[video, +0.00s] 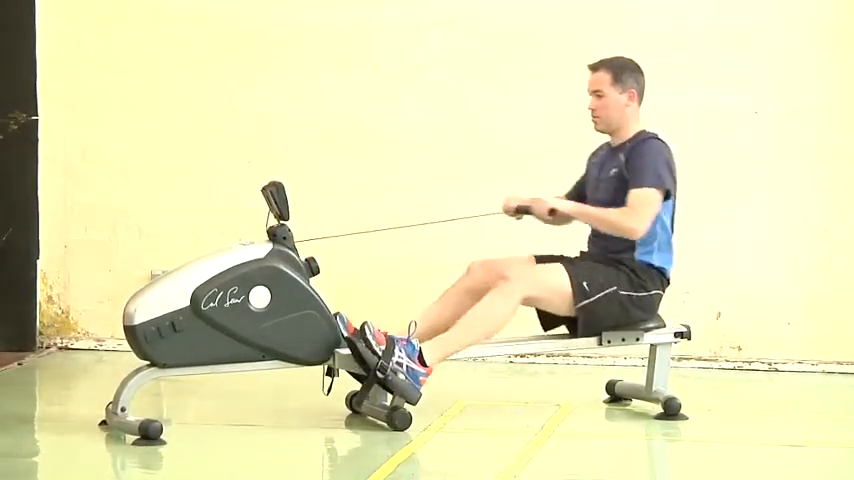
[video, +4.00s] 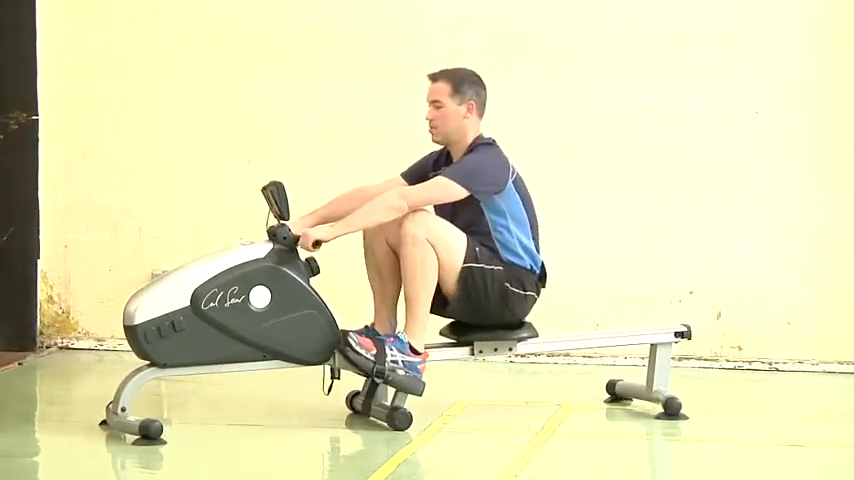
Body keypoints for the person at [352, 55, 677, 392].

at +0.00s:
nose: (590, 106)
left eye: (598, 96)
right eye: (589, 96)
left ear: (631, 99)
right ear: (620, 100)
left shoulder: (650, 151)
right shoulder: (603, 157)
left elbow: (635, 223)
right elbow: (567, 214)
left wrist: (570, 208)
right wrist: (532, 206)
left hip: (634, 281)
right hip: (599, 271)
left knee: (516, 283)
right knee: (481, 272)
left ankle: (423, 364)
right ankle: (403, 346)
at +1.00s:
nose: (418, 118)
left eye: (427, 109)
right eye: (418, 110)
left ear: (460, 112)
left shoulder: (481, 164)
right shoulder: (428, 164)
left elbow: (399, 204)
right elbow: (367, 196)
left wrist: (333, 231)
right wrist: (302, 222)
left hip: (500, 293)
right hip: (458, 292)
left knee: (410, 225)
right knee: (371, 222)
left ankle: (412, 347)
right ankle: (380, 333)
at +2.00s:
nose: (601, 105)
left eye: (610, 96)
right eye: (601, 96)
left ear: (642, 97)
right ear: (626, 98)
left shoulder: (660, 154)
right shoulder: (608, 153)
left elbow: (604, 208)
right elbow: (554, 191)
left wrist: (530, 211)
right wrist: (498, 202)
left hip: (630, 276)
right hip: (595, 265)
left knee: (511, 273)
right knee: (478, 267)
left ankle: (422, 361)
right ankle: (398, 344)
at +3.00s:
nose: (540, 109)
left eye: (549, 100)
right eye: (540, 100)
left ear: (580, 102)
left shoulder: (602, 153)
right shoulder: (552, 158)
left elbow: (559, 214)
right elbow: (507, 196)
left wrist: (484, 215)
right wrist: (458, 207)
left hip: (609, 282)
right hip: (572, 276)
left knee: (499, 261)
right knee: (461, 254)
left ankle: (423, 359)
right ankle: (398, 345)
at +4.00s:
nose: (428, 115)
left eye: (437, 106)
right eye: (428, 107)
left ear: (469, 110)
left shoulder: (487, 161)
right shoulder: (438, 161)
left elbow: (404, 201)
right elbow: (376, 193)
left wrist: (334, 230)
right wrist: (309, 220)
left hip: (509, 290)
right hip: (467, 291)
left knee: (419, 223)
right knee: (380, 222)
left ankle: (412, 351)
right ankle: (382, 334)